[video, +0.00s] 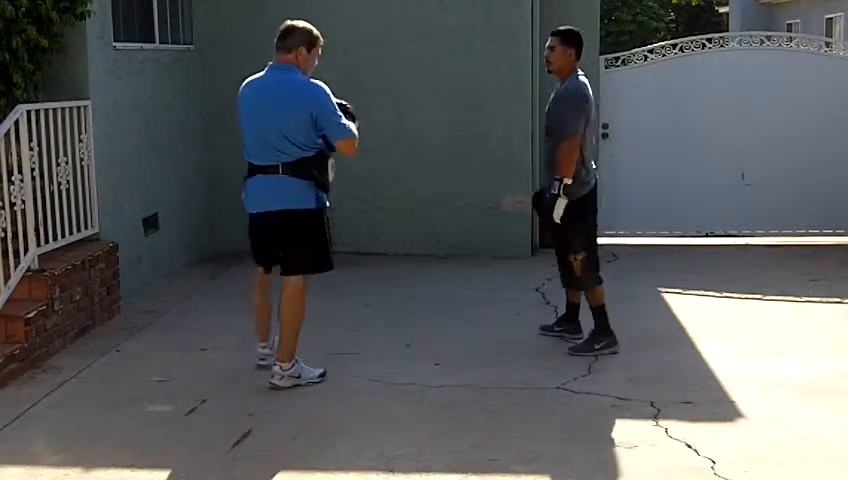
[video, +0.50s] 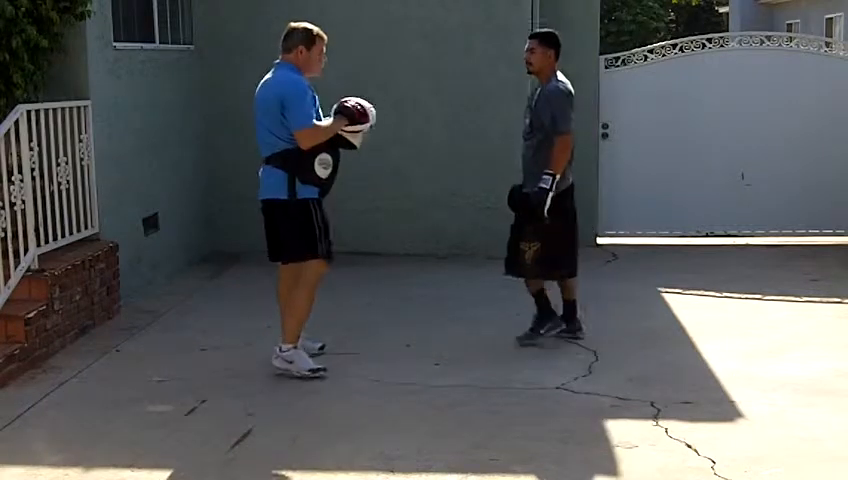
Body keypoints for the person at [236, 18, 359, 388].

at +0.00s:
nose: (317, 62)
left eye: (317, 55)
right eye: (316, 54)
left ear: (280, 50)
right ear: (303, 52)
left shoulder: (248, 88)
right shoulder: (312, 91)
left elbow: (259, 136)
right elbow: (348, 146)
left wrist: (316, 116)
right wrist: (347, 118)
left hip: (258, 195)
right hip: (299, 197)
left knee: (264, 270)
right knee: (294, 279)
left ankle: (264, 347)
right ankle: (285, 365)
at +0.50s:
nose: (323, 59)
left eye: (323, 52)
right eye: (320, 52)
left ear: (293, 52)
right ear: (301, 51)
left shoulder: (273, 82)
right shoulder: (293, 85)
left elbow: (299, 133)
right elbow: (306, 137)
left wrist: (336, 127)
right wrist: (337, 124)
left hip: (277, 190)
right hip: (295, 192)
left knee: (290, 265)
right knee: (316, 263)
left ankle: (291, 339)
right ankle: (289, 349)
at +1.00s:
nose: (323, 54)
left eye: (321, 47)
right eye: (318, 47)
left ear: (294, 52)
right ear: (296, 51)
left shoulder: (292, 83)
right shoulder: (287, 89)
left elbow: (330, 123)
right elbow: (326, 136)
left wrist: (353, 96)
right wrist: (351, 97)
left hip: (302, 189)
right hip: (297, 192)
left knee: (309, 262)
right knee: (312, 265)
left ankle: (295, 330)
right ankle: (305, 345)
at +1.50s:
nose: (330, 51)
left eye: (329, 45)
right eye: (325, 45)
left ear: (306, 51)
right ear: (305, 51)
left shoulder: (309, 82)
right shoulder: (288, 89)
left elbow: (328, 119)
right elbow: (298, 145)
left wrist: (357, 116)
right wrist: (344, 132)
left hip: (318, 186)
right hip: (301, 190)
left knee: (321, 260)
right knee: (311, 262)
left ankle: (320, 329)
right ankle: (304, 345)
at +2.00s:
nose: (345, 52)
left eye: (343, 46)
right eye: (341, 46)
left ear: (313, 50)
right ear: (325, 48)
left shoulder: (294, 82)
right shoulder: (316, 81)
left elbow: (282, 131)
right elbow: (306, 127)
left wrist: (303, 154)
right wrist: (317, 159)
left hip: (306, 190)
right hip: (318, 192)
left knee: (314, 261)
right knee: (319, 262)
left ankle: (318, 329)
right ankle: (305, 344)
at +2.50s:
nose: (341, 51)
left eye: (339, 45)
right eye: (337, 45)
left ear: (311, 52)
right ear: (320, 50)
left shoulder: (283, 88)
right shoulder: (331, 80)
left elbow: (271, 140)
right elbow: (380, 89)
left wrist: (308, 155)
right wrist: (422, 74)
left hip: (300, 188)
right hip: (323, 189)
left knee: (314, 260)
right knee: (321, 261)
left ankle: (318, 329)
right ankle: (305, 345)